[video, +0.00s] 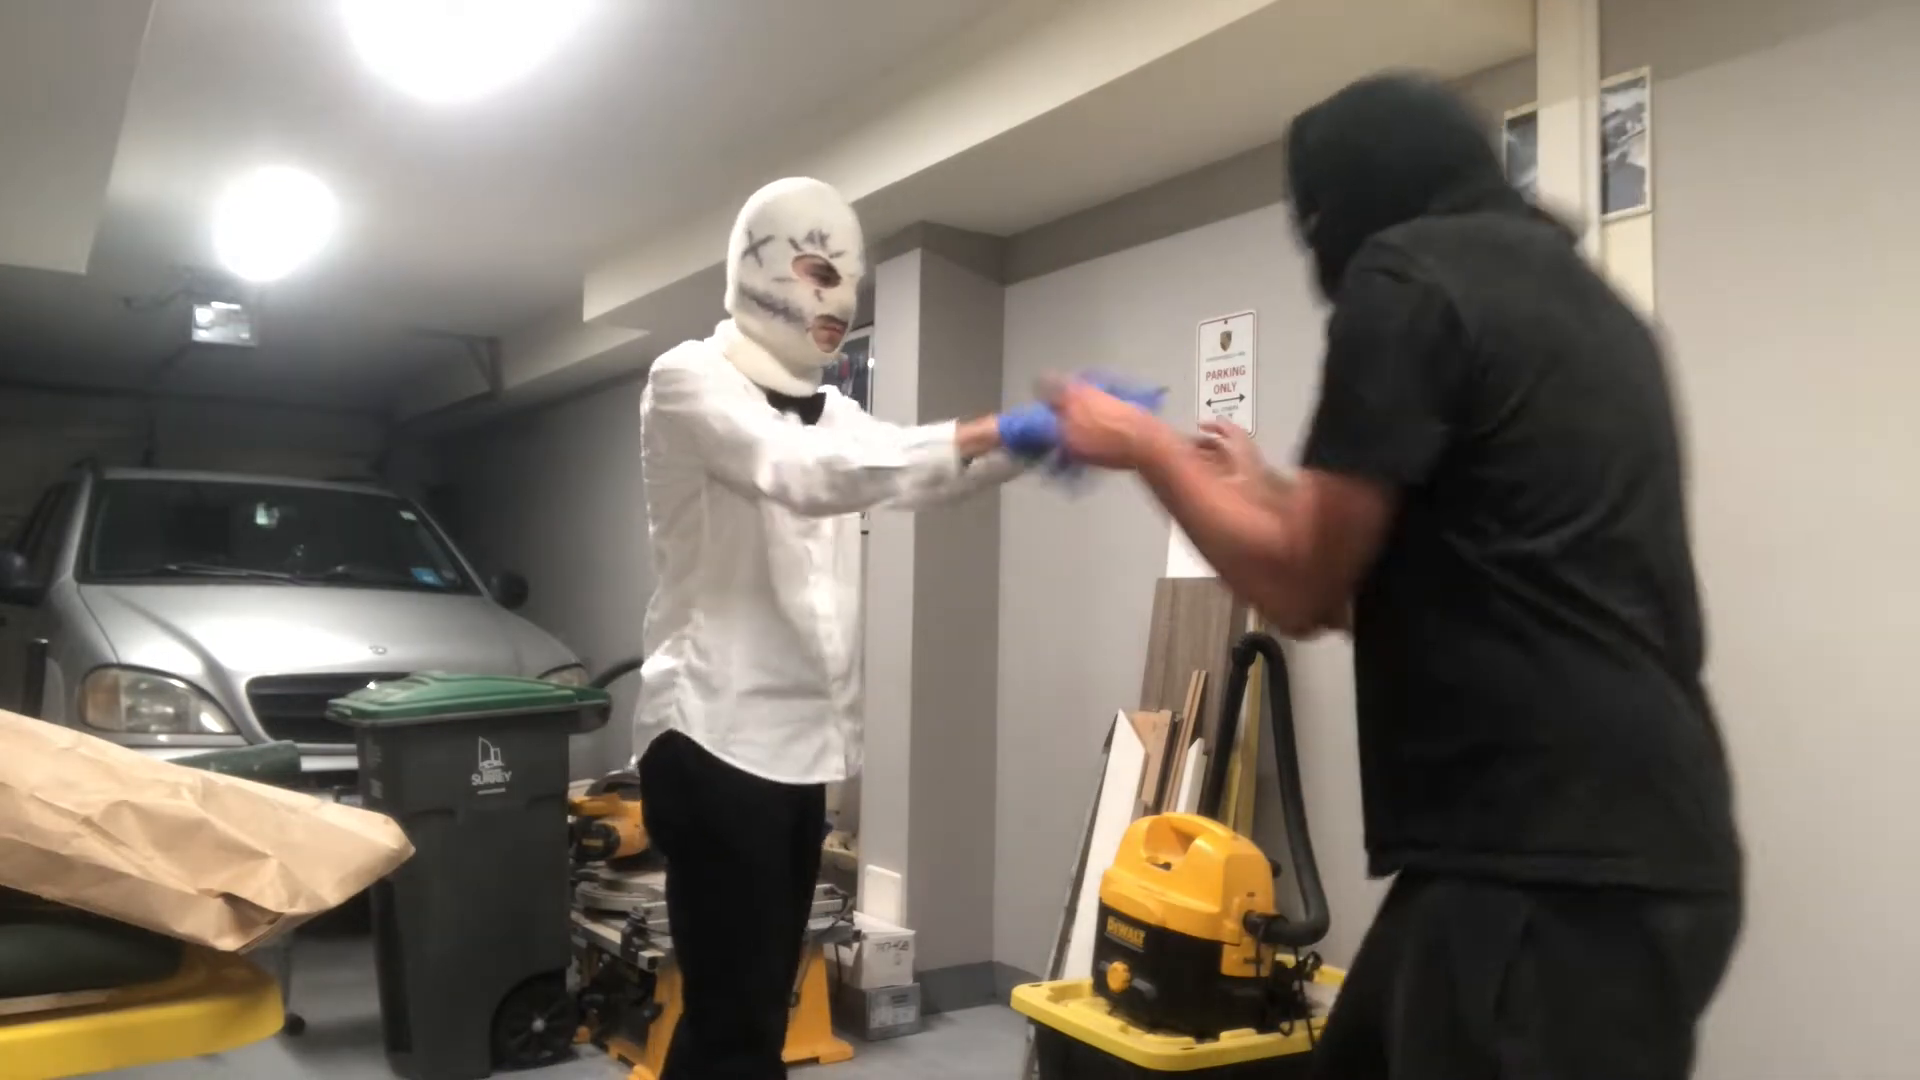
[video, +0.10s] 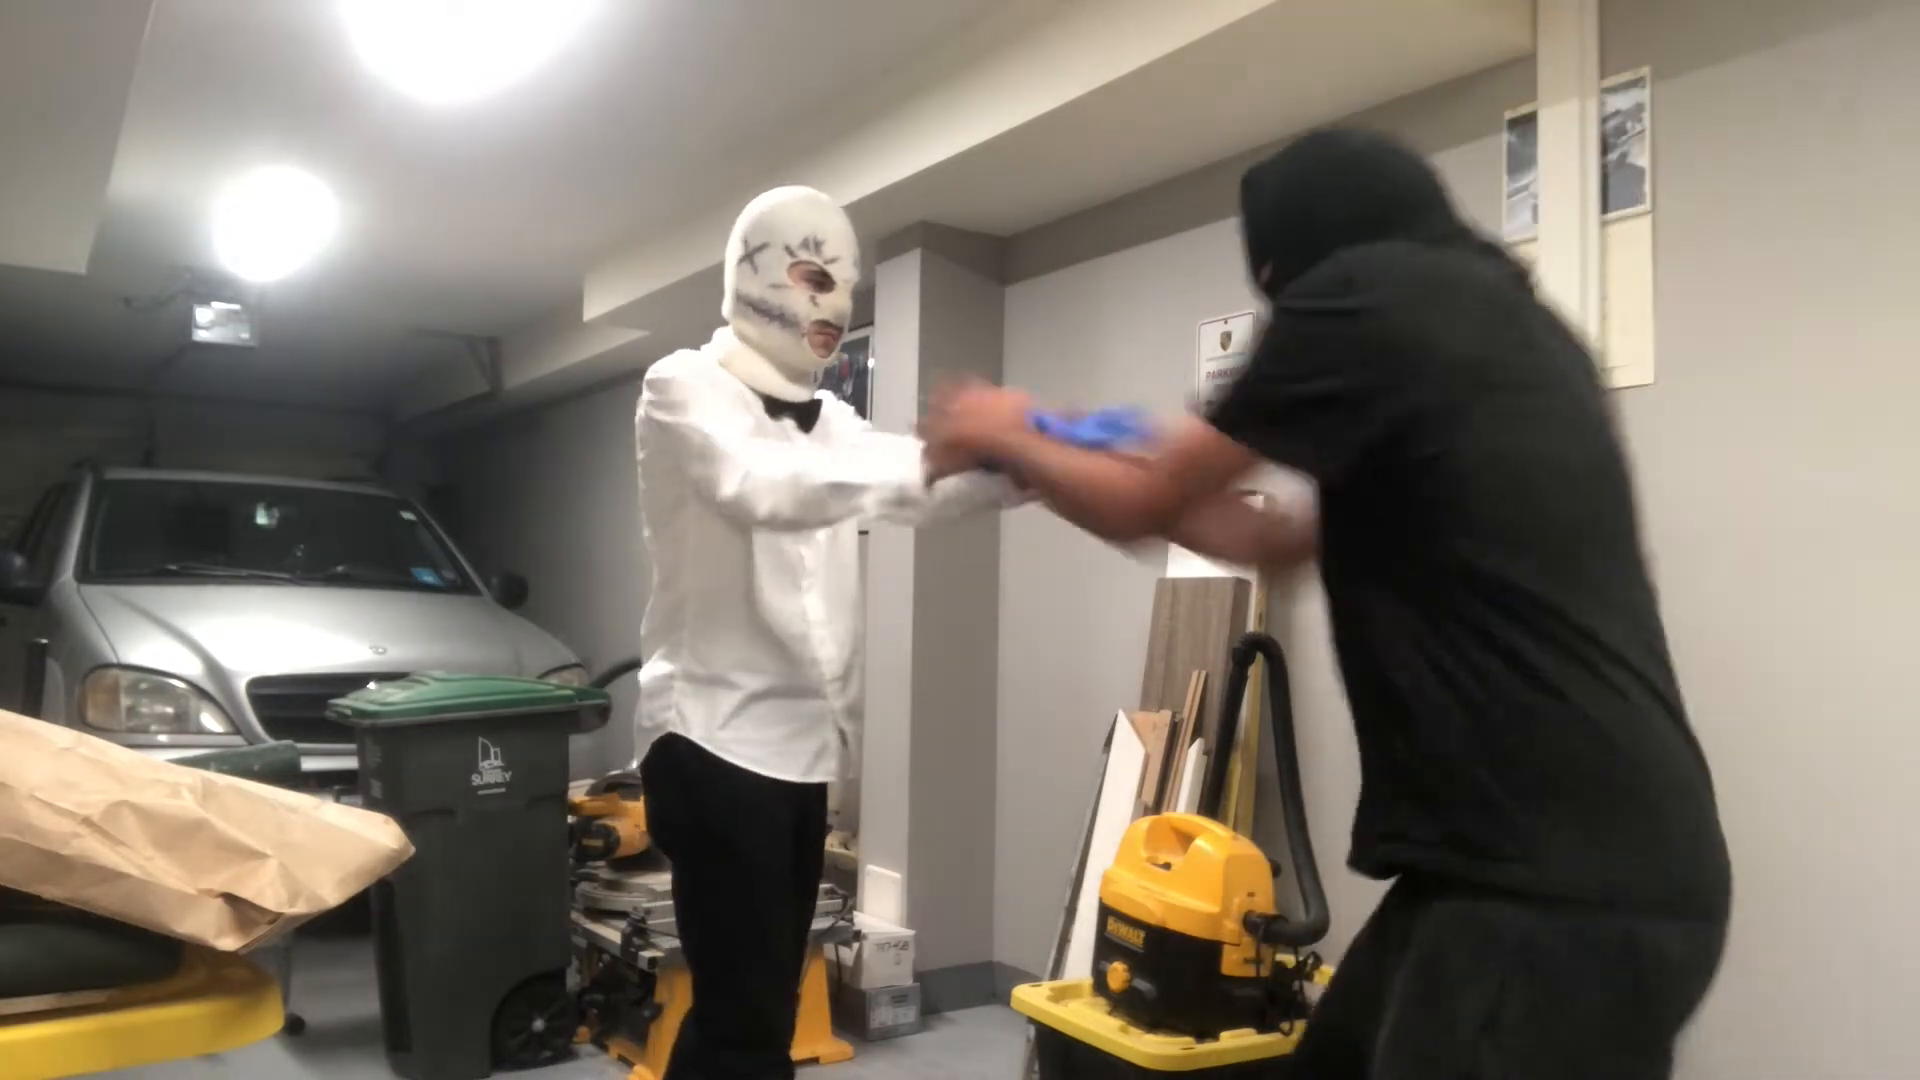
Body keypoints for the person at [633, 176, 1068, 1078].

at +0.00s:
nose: (832, 301)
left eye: (844, 281)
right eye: (809, 273)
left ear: (856, 290)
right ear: (751, 272)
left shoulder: (825, 411)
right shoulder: (689, 379)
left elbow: (914, 471)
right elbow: (799, 476)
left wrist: (1029, 439)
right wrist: (979, 435)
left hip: (796, 756)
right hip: (713, 748)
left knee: (757, 1019)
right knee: (730, 1023)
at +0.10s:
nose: (831, 305)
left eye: (840, 284)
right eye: (808, 278)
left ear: (851, 292)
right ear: (748, 278)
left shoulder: (831, 421)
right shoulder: (684, 387)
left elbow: (919, 490)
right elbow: (758, 489)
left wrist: (1042, 463)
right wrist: (942, 459)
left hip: (799, 750)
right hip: (711, 744)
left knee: (762, 1015)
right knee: (740, 1018)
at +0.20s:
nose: (827, 317)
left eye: (837, 297)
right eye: (805, 289)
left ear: (844, 304)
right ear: (746, 286)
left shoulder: (817, 429)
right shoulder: (681, 393)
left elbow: (880, 507)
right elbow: (731, 545)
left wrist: (958, 521)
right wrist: (886, 543)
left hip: (794, 745)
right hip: (705, 740)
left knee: (764, 1022)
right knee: (740, 1023)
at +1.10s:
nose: (750, 313)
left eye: (759, 295)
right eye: (723, 291)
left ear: (767, 304)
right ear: (665, 299)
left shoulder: (753, 419)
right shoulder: (608, 393)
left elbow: (839, 517)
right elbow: (714, 463)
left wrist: (956, 488)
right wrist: (899, 426)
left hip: (699, 740)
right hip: (599, 737)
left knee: (680, 1005)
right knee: (615, 1005)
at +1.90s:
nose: (829, 342)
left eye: (838, 321)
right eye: (812, 311)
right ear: (756, 296)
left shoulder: (740, 408)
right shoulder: (696, 388)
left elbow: (848, 529)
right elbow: (802, 504)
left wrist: (1003, 489)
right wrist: (982, 484)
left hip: (702, 735)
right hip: (661, 735)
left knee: (729, 1011)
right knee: (747, 1019)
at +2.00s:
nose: (816, 319)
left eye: (824, 303)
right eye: (796, 294)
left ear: (829, 314)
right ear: (734, 291)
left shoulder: (761, 433)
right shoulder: (682, 391)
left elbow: (833, 565)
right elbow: (731, 514)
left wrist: (937, 549)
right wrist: (899, 524)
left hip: (728, 741)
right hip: (671, 738)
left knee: (731, 1005)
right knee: (757, 1012)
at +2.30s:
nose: (843, 349)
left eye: (853, 333)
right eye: (826, 321)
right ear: (772, 314)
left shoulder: (748, 423)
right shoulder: (724, 397)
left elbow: (791, 634)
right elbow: (737, 519)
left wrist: (897, 563)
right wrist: (897, 400)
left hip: (670, 765)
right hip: (727, 761)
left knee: (692, 1026)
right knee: (896, 998)